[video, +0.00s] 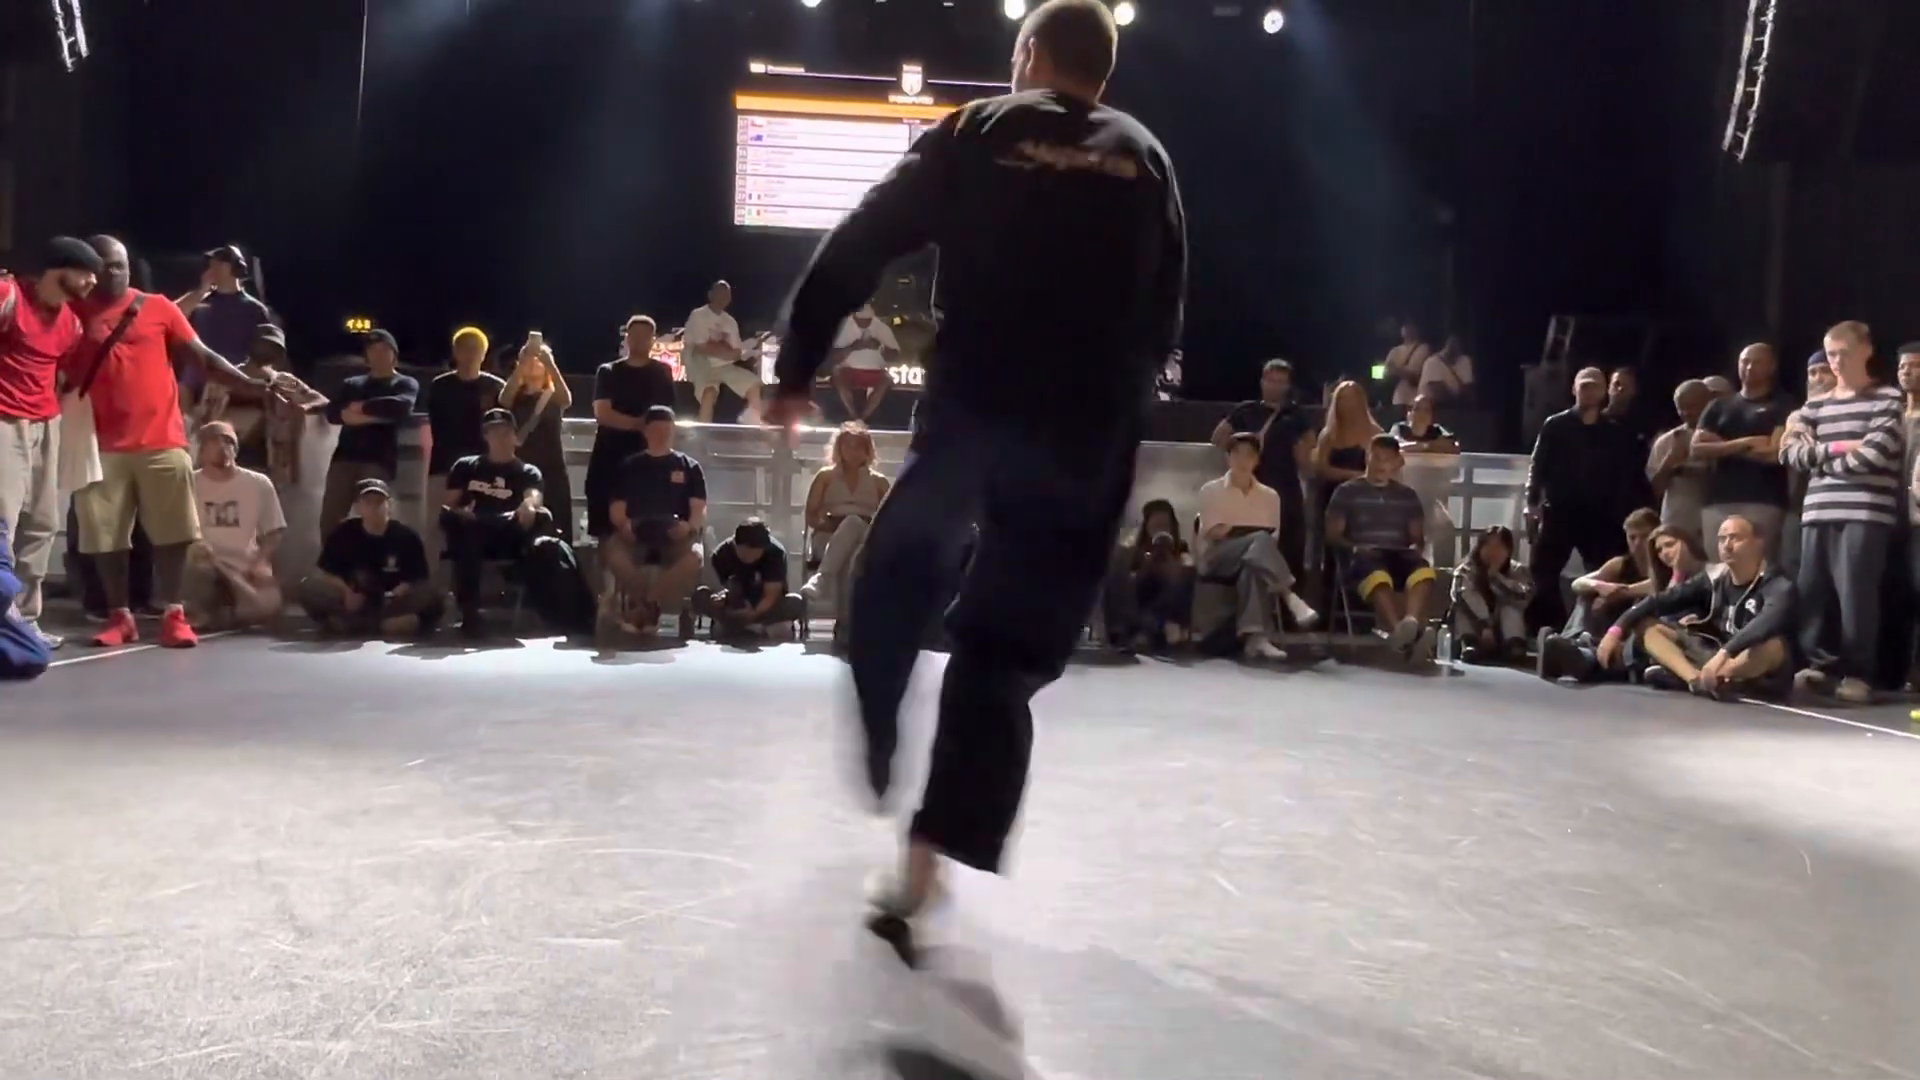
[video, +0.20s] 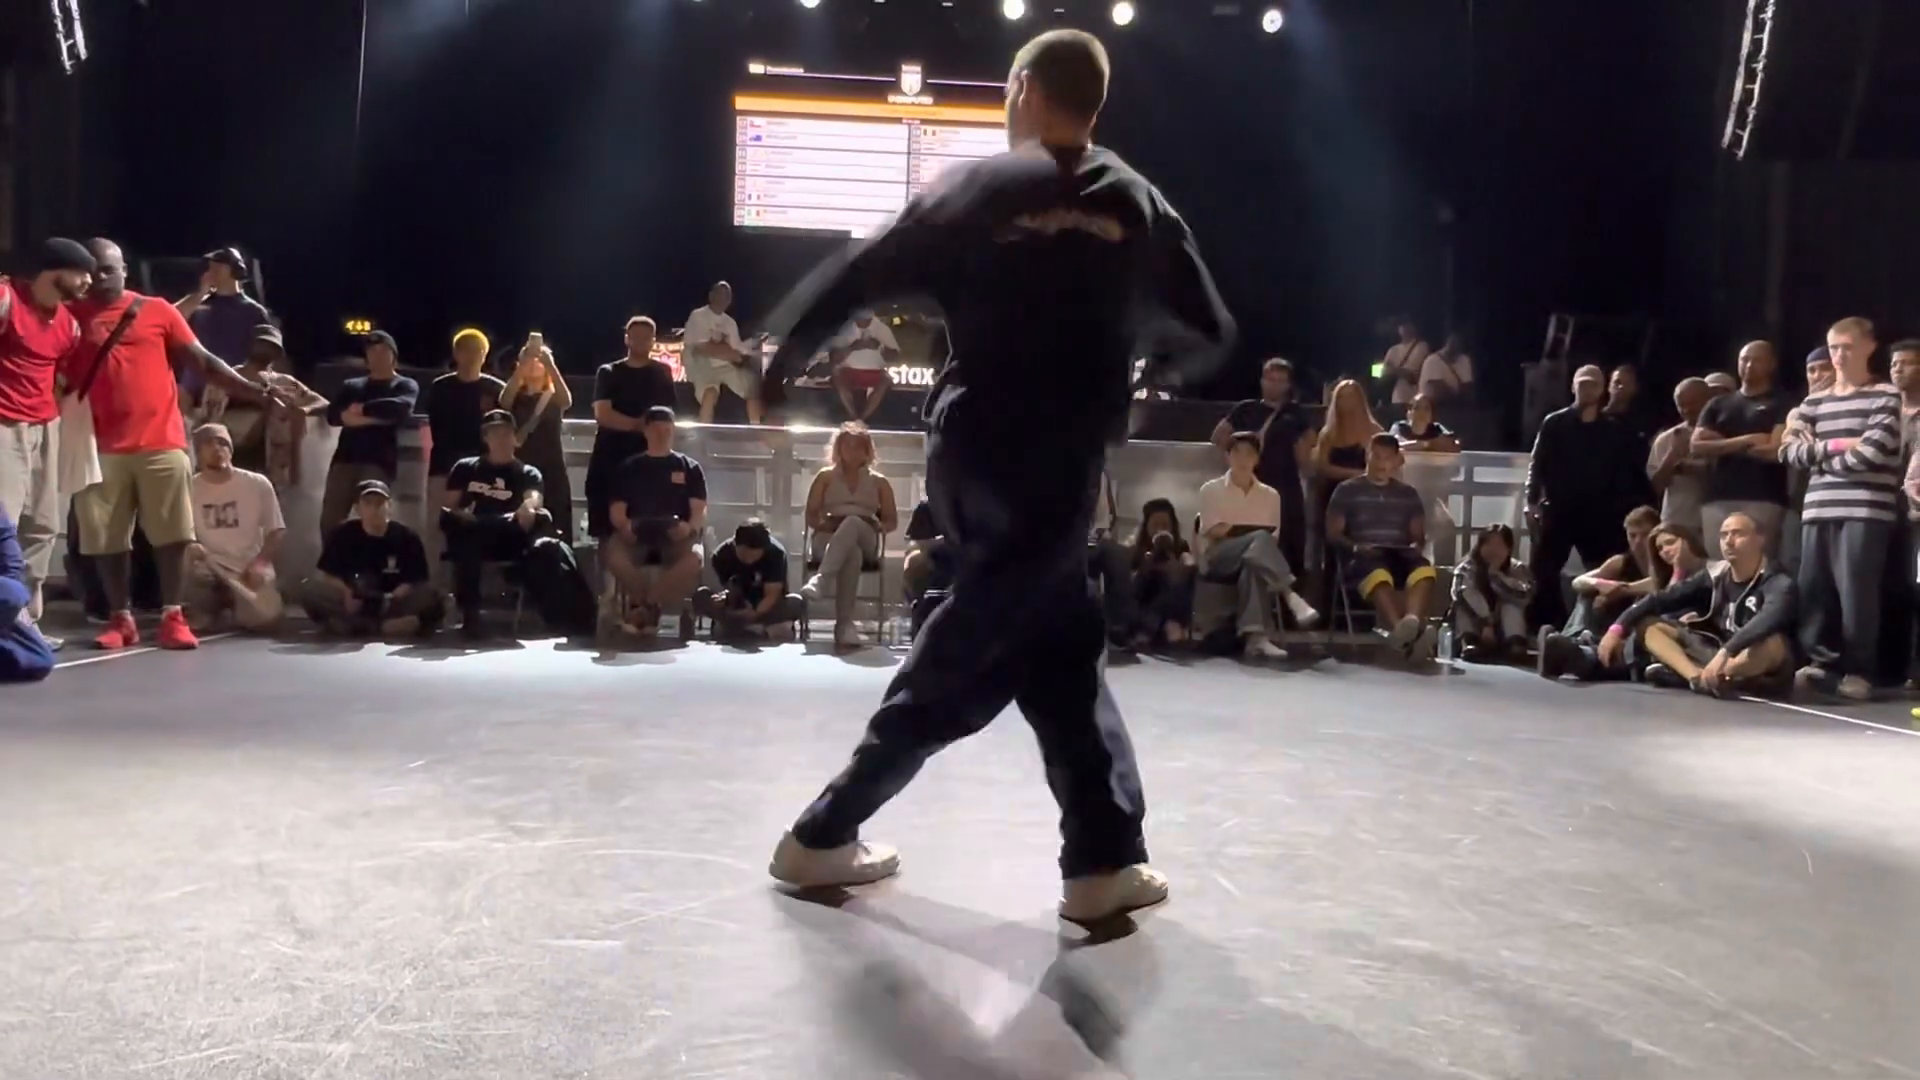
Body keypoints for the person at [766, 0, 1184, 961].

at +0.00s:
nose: (1012, 65)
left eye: (1017, 52)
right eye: (1026, 54)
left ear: (1029, 55)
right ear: (1106, 75)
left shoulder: (969, 135)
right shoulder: (1150, 163)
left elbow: (858, 245)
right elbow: (1162, 328)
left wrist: (795, 367)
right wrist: (1101, 391)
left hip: (970, 409)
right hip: (1082, 437)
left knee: (900, 579)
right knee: (1002, 655)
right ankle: (920, 868)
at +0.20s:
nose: (1007, 104)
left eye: (1011, 90)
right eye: (1017, 91)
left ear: (1023, 92)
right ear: (1100, 107)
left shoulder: (973, 189)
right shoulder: (1141, 204)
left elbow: (858, 272)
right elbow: (1213, 334)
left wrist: (784, 355)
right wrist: (1154, 375)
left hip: (969, 447)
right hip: (1062, 458)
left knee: (1063, 656)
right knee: (955, 665)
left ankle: (1102, 865)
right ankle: (818, 839)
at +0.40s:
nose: (1176, 65)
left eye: (1179, 47)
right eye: (1164, 43)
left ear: (1124, 49)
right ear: (1102, 40)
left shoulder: (1107, 172)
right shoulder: (1049, 109)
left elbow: (1096, 304)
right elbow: (990, 146)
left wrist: (1104, 353)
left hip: (1030, 394)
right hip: (957, 386)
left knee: (1057, 629)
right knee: (909, 615)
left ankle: (1094, 873)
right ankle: (841, 813)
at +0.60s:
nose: (994, 27)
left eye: (1001, 11)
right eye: (1001, 12)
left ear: (1024, 20)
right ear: (1082, 29)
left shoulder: (1058, 130)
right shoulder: (1065, 123)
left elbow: (1031, 286)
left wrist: (931, 327)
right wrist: (951, 317)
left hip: (1014, 445)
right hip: (1032, 438)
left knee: (978, 657)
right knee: (1026, 640)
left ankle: (1039, 896)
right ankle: (1094, 828)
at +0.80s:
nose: (961, 34)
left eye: (959, 22)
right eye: (1027, 20)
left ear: (954, 27)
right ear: (1045, 24)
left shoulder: (979, 127)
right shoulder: (1075, 120)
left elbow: (921, 308)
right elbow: (1118, 276)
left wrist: (962, 340)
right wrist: (1024, 325)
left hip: (1007, 420)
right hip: (1072, 412)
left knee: (977, 641)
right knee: (1061, 621)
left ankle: (1038, 890)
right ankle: (1089, 834)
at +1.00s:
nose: (925, 94)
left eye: (925, 79)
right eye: (932, 78)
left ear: (936, 83)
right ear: (1011, 78)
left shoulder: (958, 159)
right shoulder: (1047, 150)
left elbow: (922, 287)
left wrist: (897, 408)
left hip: (1038, 405)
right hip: (1102, 395)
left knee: (994, 636)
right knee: (1000, 599)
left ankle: (1069, 895)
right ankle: (1004, 788)